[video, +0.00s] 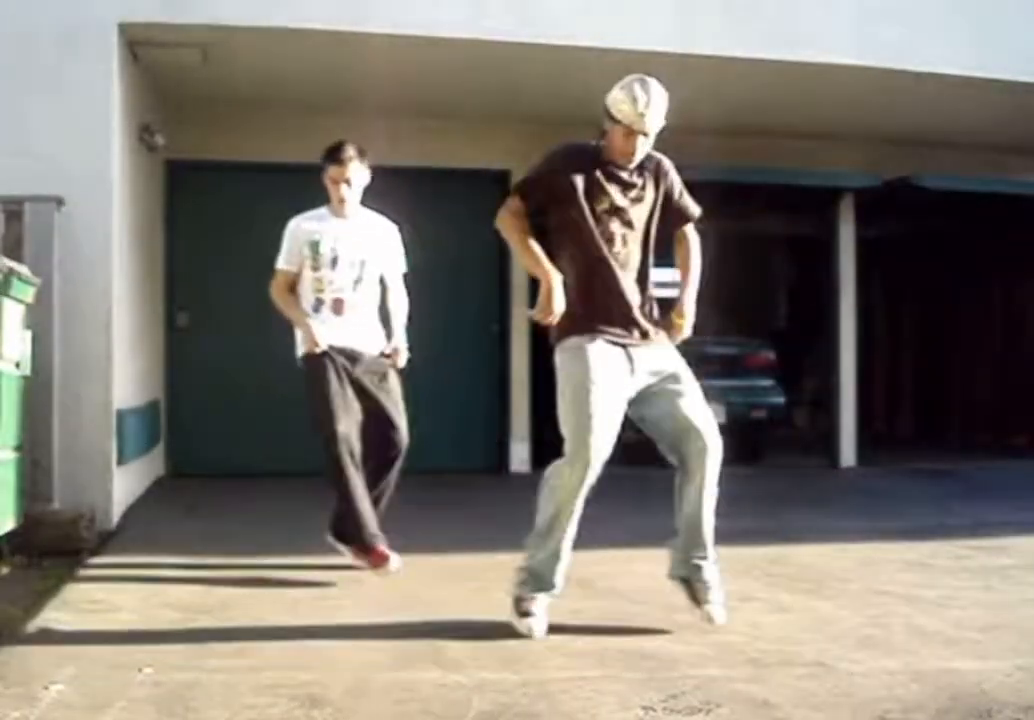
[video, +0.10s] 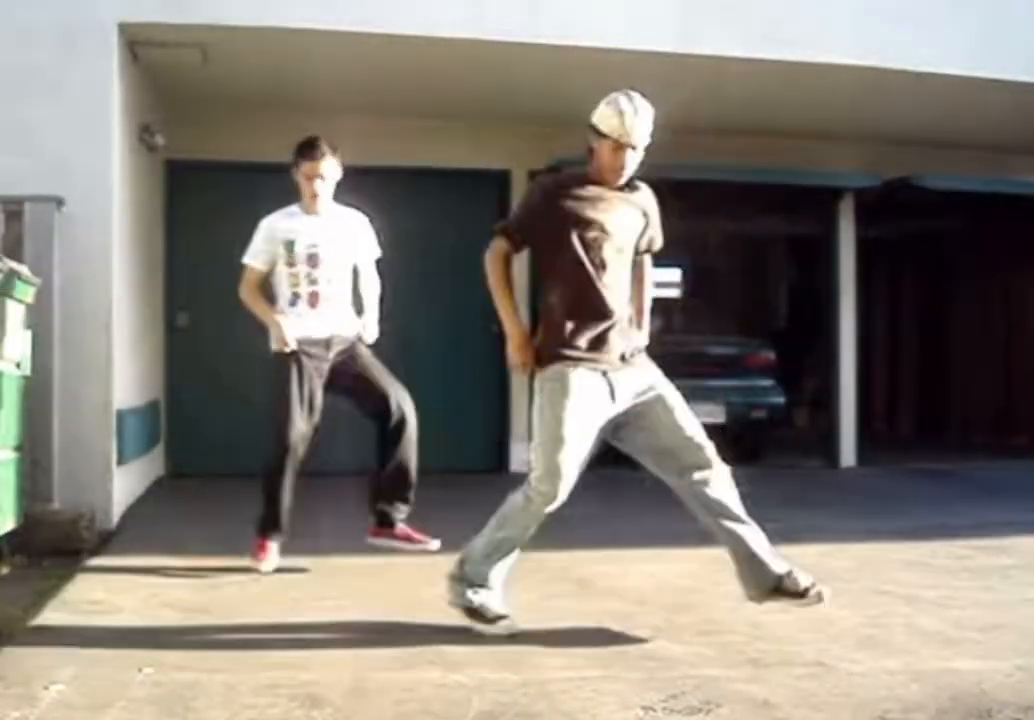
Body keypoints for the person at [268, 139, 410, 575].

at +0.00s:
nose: (343, 189)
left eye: (351, 181)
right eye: (336, 181)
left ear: (365, 181)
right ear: (325, 181)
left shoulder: (385, 231)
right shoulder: (302, 228)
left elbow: (396, 290)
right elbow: (280, 288)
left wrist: (398, 335)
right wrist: (304, 325)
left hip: (373, 348)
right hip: (326, 347)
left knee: (394, 438)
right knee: (343, 439)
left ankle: (350, 525)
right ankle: (369, 538)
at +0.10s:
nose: (317, 186)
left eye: (324, 177)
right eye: (309, 177)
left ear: (337, 176)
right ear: (296, 177)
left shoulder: (356, 224)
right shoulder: (275, 227)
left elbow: (369, 278)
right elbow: (248, 288)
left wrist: (370, 322)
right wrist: (274, 320)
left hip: (347, 340)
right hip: (300, 343)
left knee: (399, 409)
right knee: (292, 436)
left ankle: (390, 520)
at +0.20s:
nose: (294, 203)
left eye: (300, 193)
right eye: (285, 194)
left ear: (308, 194)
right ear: (268, 195)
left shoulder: (324, 240)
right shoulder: (248, 249)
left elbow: (328, 295)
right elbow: (223, 311)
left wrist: (341, 334)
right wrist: (252, 344)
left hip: (327, 364)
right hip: (279, 370)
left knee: (382, 432)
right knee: (240, 457)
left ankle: (435, 529)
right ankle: (178, 535)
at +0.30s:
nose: (284, 213)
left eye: (290, 205)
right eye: (275, 205)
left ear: (298, 209)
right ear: (257, 210)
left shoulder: (313, 256)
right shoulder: (238, 267)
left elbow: (310, 311)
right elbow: (206, 325)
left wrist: (329, 346)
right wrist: (239, 363)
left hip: (313, 380)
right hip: (263, 384)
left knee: (371, 457)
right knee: (228, 468)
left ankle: (440, 531)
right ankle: (176, 541)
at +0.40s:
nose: (286, 204)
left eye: (292, 195)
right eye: (277, 196)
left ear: (300, 196)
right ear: (260, 199)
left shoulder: (317, 239)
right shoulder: (246, 252)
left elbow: (316, 287)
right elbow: (211, 309)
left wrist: (349, 300)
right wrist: (250, 341)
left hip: (329, 364)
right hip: (278, 369)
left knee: (374, 442)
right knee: (237, 451)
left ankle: (417, 536)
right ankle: (184, 537)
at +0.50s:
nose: (316, 185)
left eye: (323, 176)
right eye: (307, 177)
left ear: (336, 176)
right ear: (295, 180)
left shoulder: (355, 218)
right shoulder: (278, 226)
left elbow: (360, 258)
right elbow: (245, 281)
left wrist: (397, 276)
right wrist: (279, 313)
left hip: (356, 338)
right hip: (305, 340)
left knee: (399, 416)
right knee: (277, 432)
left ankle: (388, 520)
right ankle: (251, 529)